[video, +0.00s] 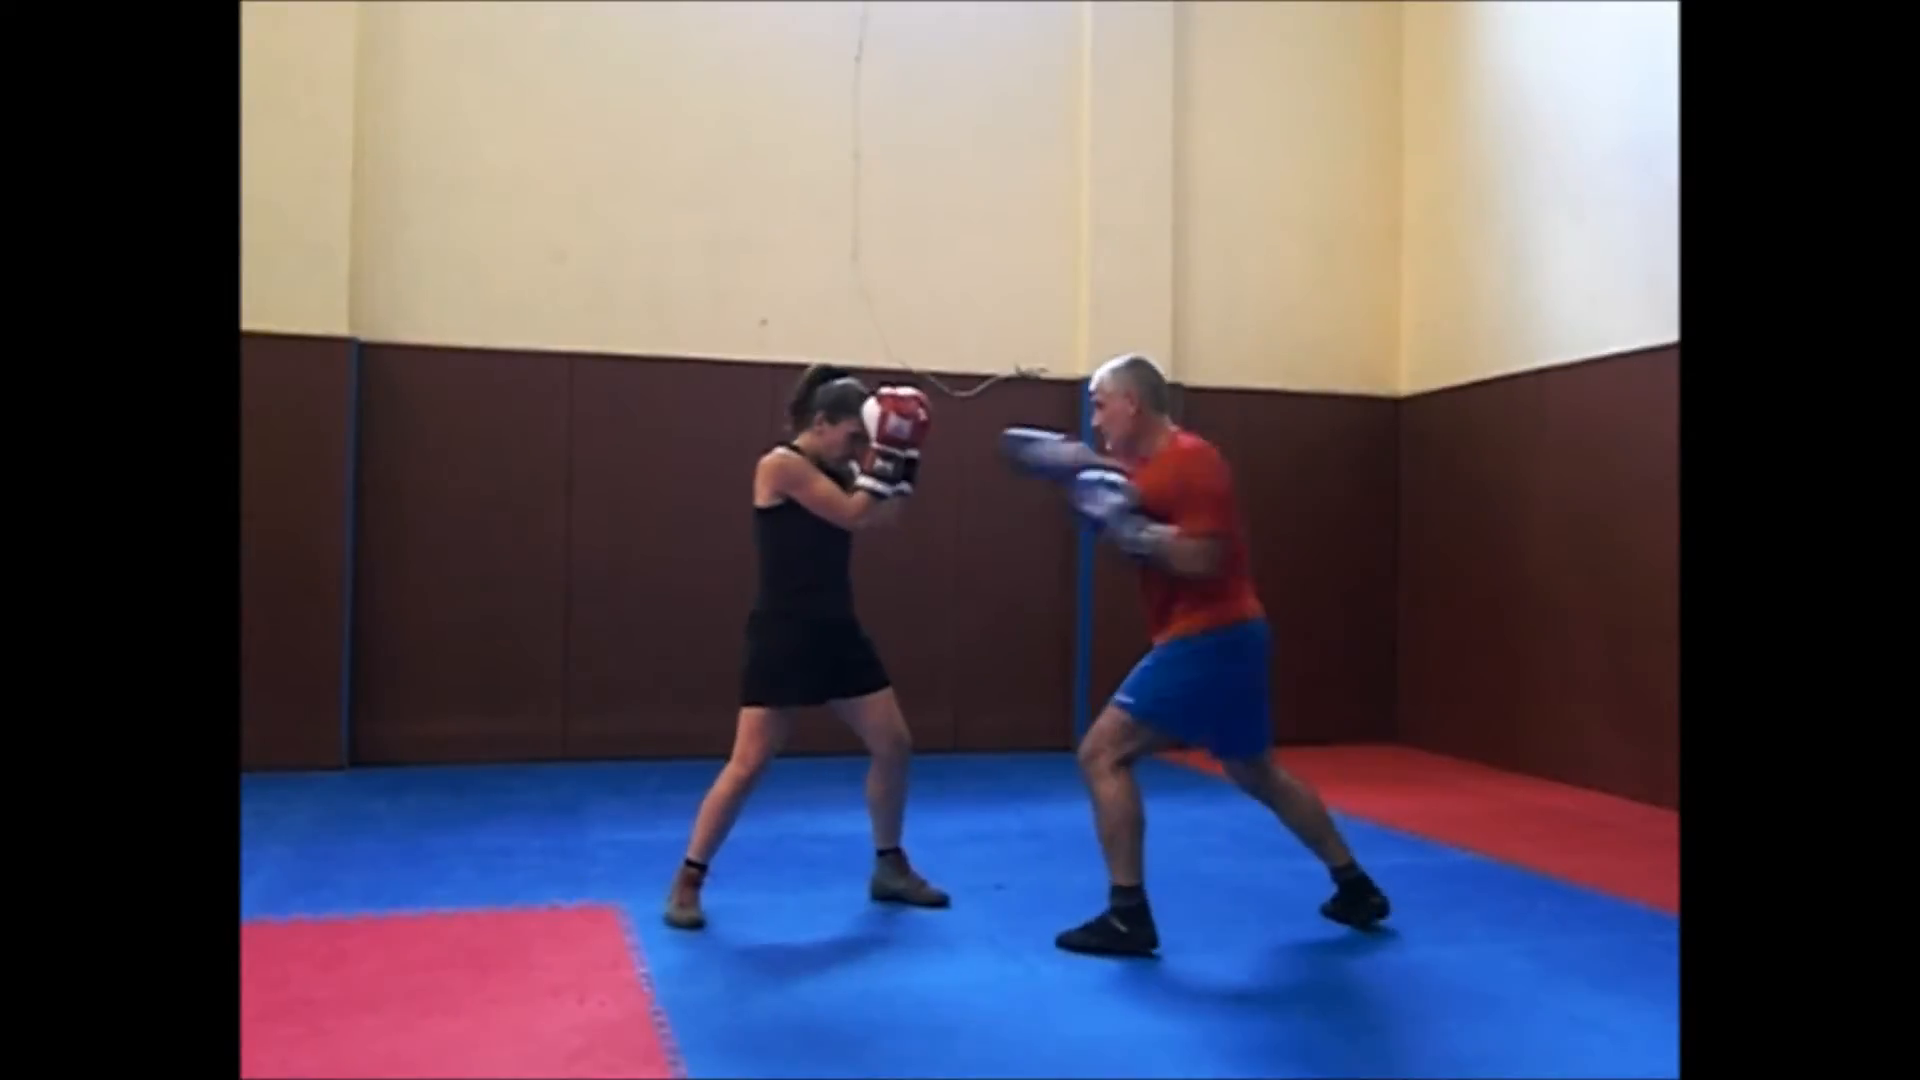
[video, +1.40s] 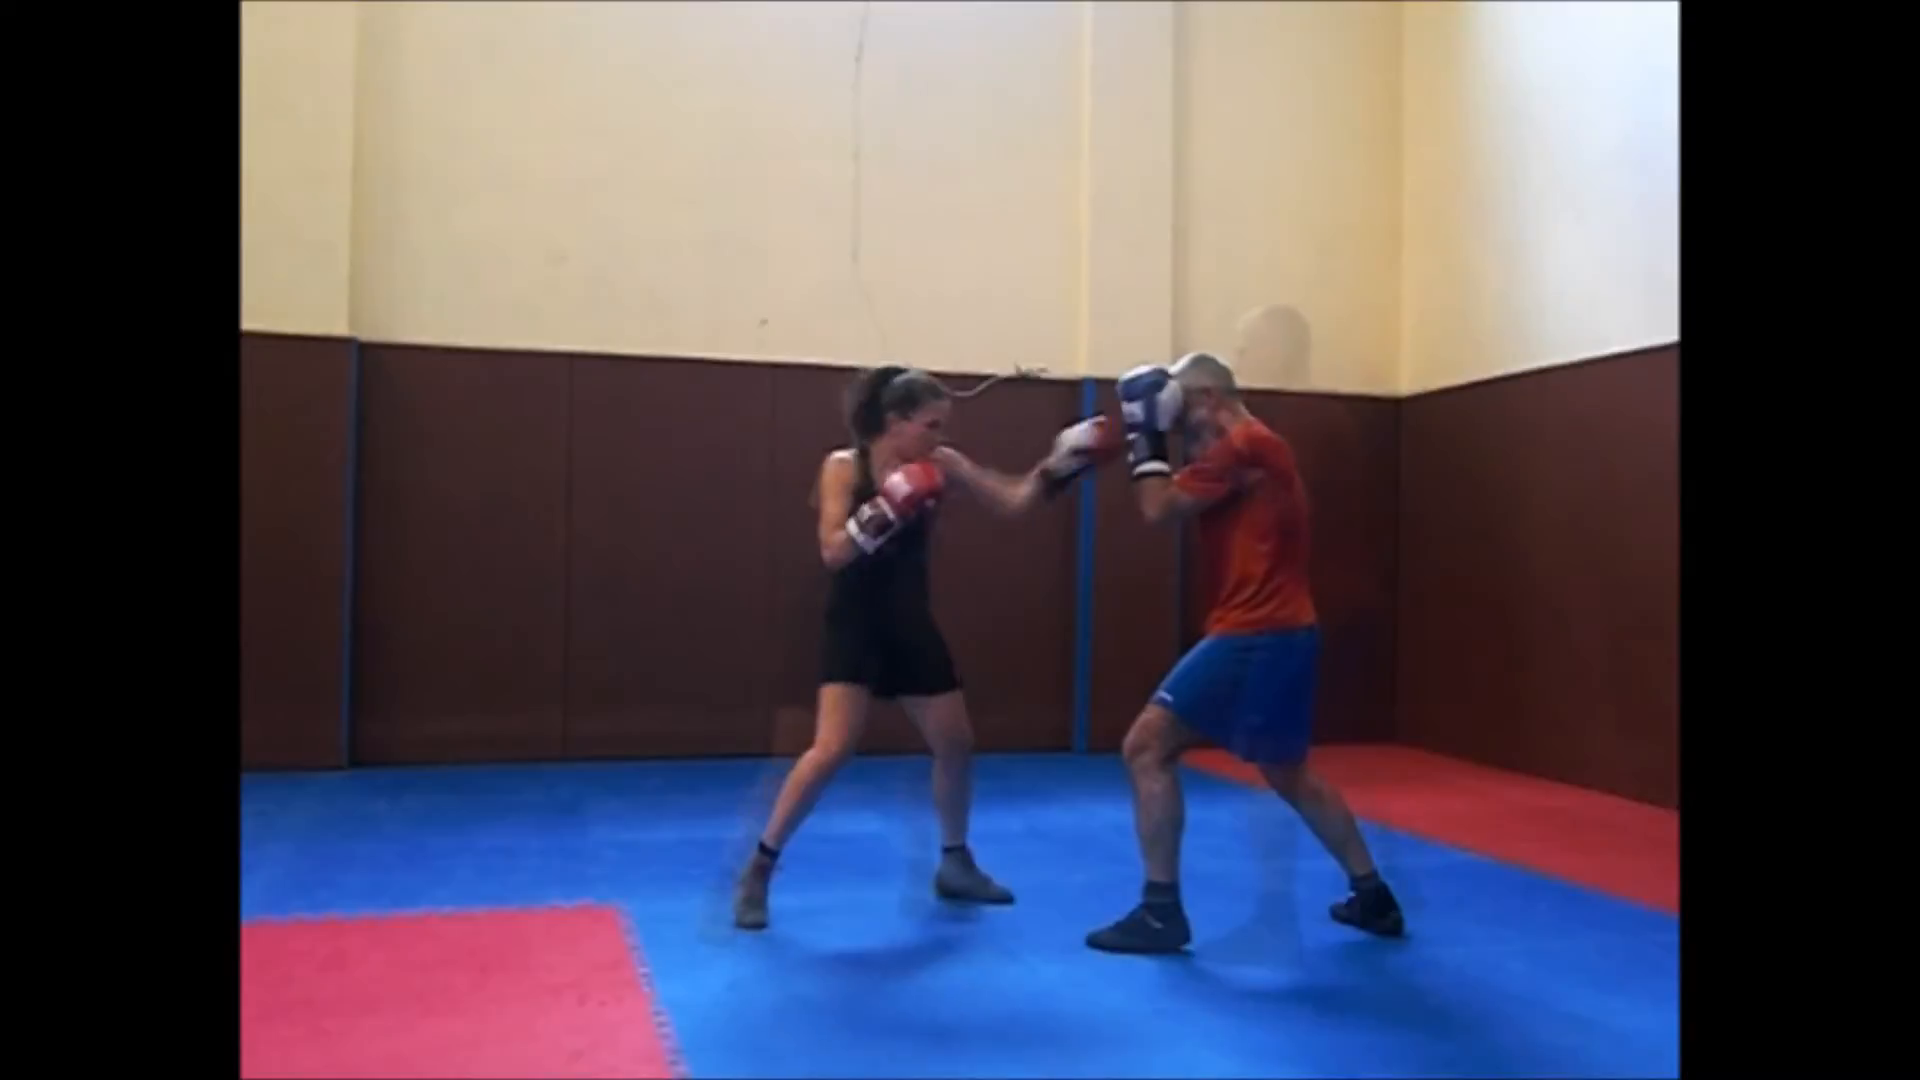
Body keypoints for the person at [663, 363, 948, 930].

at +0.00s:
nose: (855, 447)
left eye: (860, 438)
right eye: (852, 435)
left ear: (840, 429)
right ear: (821, 423)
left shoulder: (831, 472)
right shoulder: (780, 466)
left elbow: (876, 513)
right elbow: (851, 514)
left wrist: (901, 467)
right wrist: (877, 475)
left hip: (835, 633)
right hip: (782, 635)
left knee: (892, 743)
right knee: (749, 762)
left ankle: (890, 868)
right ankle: (688, 881)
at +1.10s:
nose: (886, 433)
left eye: (887, 423)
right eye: (881, 422)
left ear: (851, 420)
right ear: (852, 419)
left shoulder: (843, 467)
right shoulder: (813, 465)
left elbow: (893, 523)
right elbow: (897, 514)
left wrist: (919, 463)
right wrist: (918, 460)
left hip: (850, 623)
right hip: (806, 629)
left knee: (930, 713)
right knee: (809, 758)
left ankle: (916, 835)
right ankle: (755, 875)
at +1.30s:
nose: (918, 430)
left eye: (921, 420)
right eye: (910, 419)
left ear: (910, 418)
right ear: (872, 414)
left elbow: (988, 485)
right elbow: (826, 542)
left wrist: (1036, 456)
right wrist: (884, 494)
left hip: (898, 615)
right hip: (837, 618)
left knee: (948, 735)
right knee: (812, 741)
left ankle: (961, 850)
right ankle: (751, 871)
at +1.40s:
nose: (937, 438)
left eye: (940, 428)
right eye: (930, 426)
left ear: (929, 427)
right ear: (891, 420)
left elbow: (1014, 497)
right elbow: (832, 551)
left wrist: (1059, 463)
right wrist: (884, 509)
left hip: (912, 626)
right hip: (856, 627)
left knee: (955, 741)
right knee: (833, 746)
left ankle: (956, 865)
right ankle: (759, 870)